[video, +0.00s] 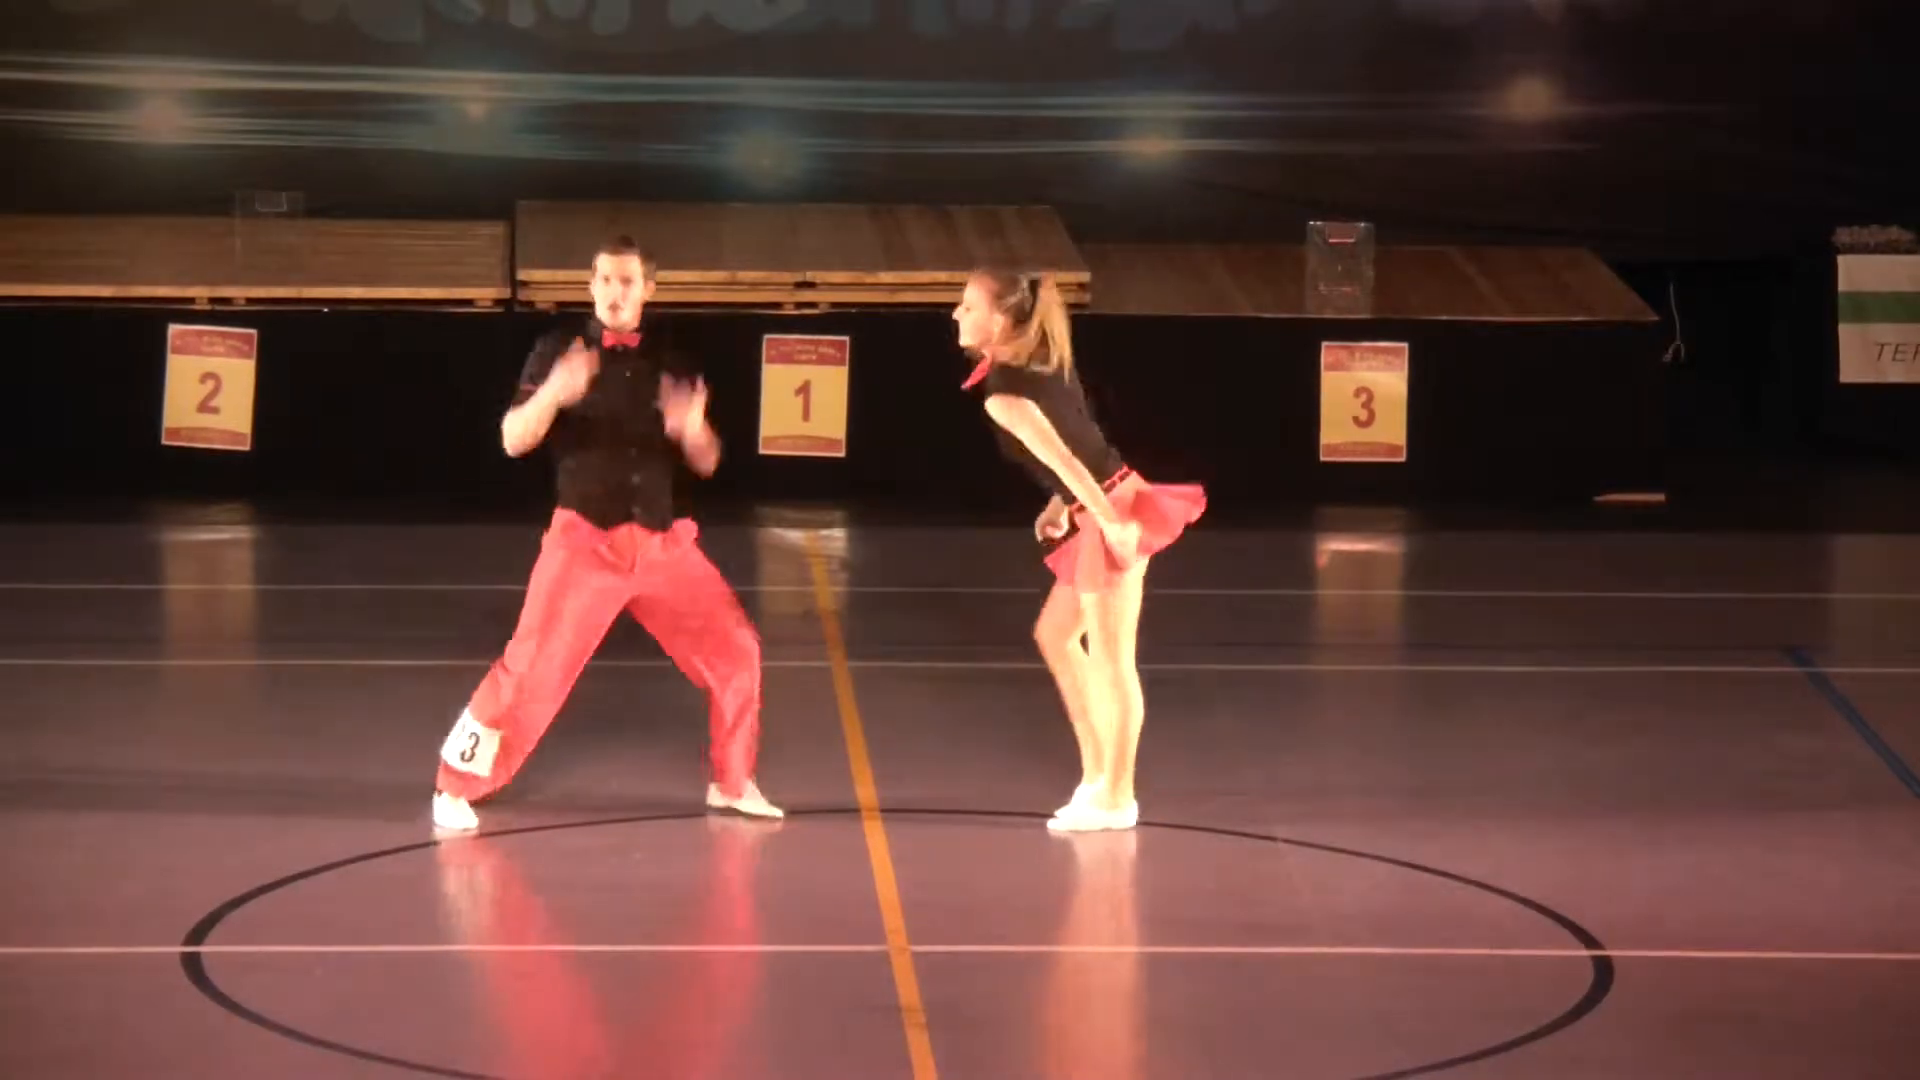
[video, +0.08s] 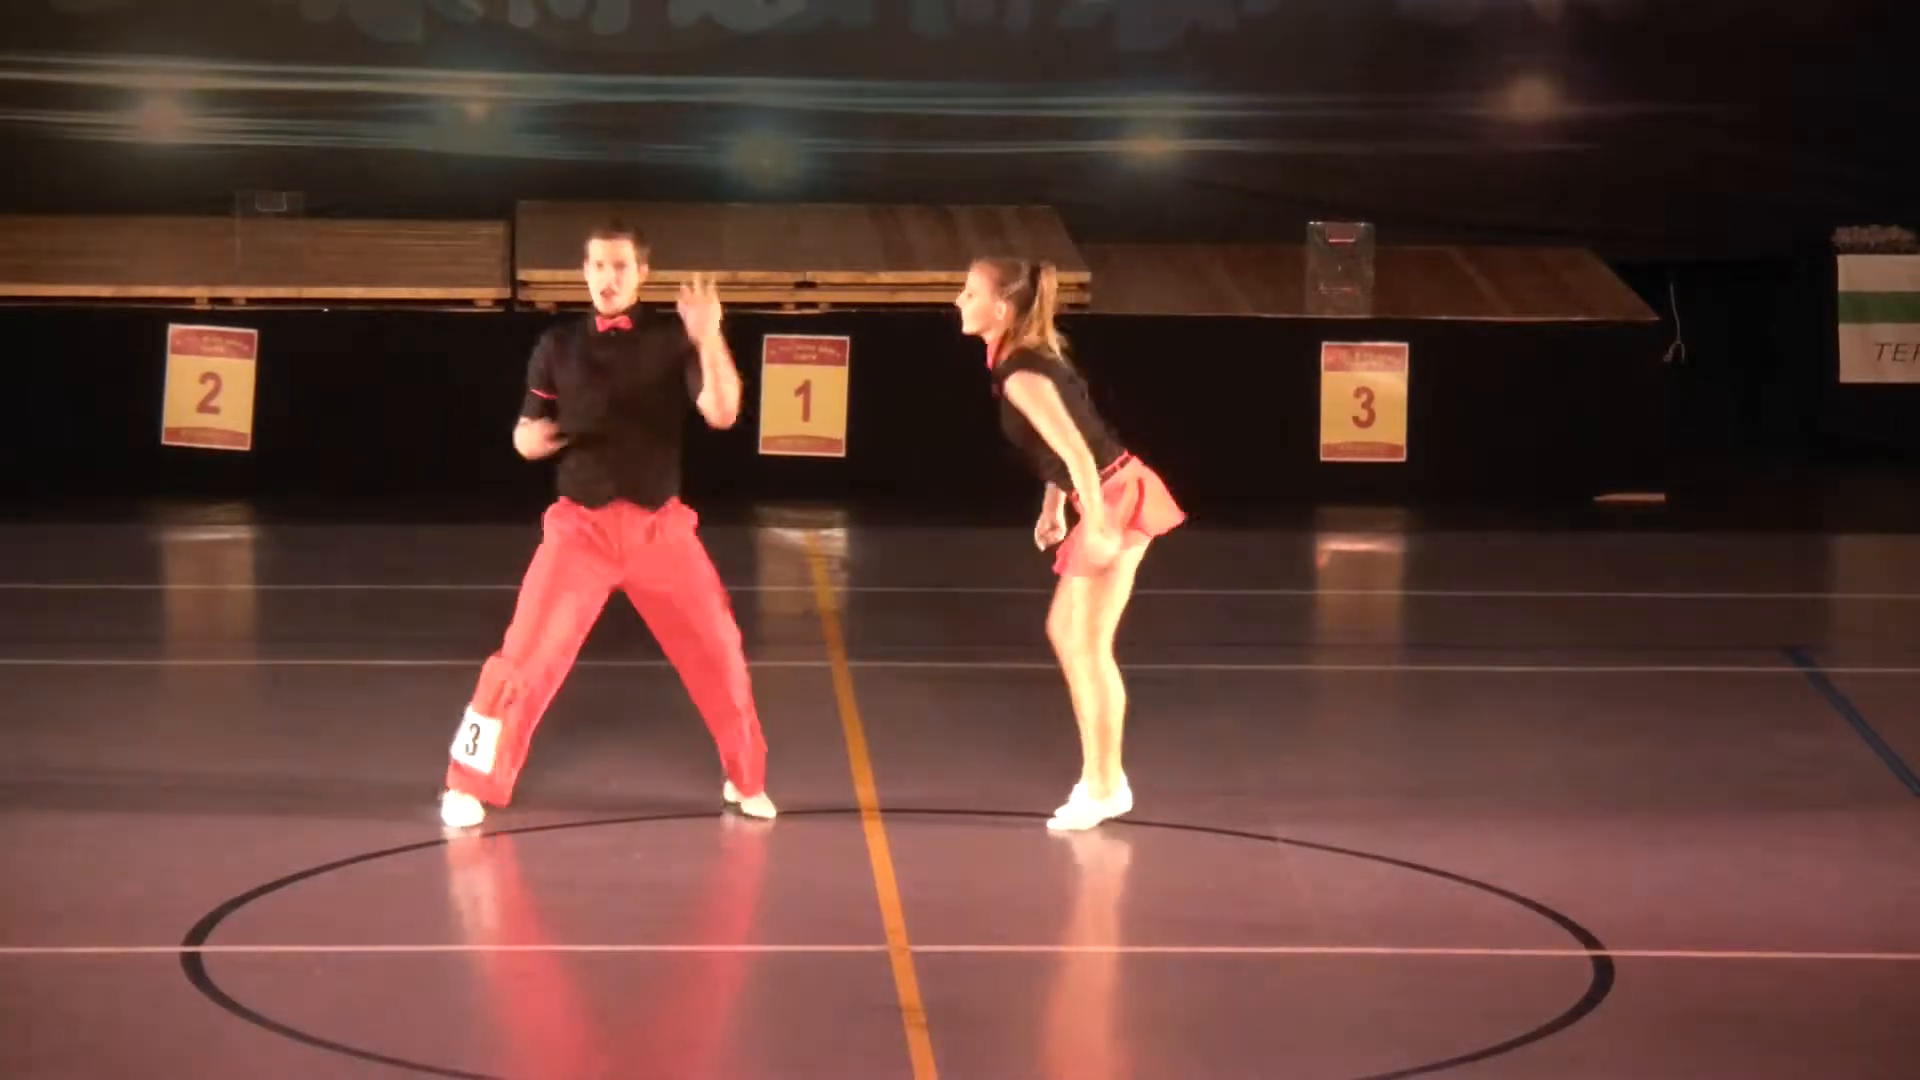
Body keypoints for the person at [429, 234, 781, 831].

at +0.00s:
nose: (616, 292)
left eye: (628, 280)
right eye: (606, 280)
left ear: (647, 287)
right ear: (591, 286)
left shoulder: (672, 362)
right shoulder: (561, 353)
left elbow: (707, 464)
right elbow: (513, 441)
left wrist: (690, 428)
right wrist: (555, 391)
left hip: (665, 544)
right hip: (583, 541)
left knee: (736, 651)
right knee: (533, 665)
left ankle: (733, 784)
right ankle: (454, 789)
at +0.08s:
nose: (608, 277)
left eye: (620, 265)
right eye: (598, 265)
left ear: (641, 273)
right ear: (584, 272)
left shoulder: (673, 341)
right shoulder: (558, 346)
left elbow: (723, 411)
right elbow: (527, 437)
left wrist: (709, 336)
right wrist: (543, 435)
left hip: (662, 526)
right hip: (578, 526)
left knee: (719, 650)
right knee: (529, 651)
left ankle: (746, 782)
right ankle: (469, 788)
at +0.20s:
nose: (599, 295)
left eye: (611, 283)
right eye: (589, 283)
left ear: (635, 288)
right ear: (576, 289)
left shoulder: (673, 352)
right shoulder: (565, 359)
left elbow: (734, 388)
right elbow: (543, 445)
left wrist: (743, 392)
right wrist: (462, 453)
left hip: (660, 544)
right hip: (579, 545)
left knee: (707, 667)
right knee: (532, 666)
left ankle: (750, 789)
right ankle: (502, 792)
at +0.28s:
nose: (606, 312)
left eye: (617, 299)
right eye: (596, 300)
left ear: (643, 298)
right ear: (584, 302)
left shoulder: (684, 364)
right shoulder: (565, 369)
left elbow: (748, 419)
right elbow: (544, 460)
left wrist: (774, 459)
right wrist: (484, 476)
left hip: (670, 554)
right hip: (584, 551)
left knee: (718, 669)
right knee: (535, 665)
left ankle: (748, 789)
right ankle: (504, 788)